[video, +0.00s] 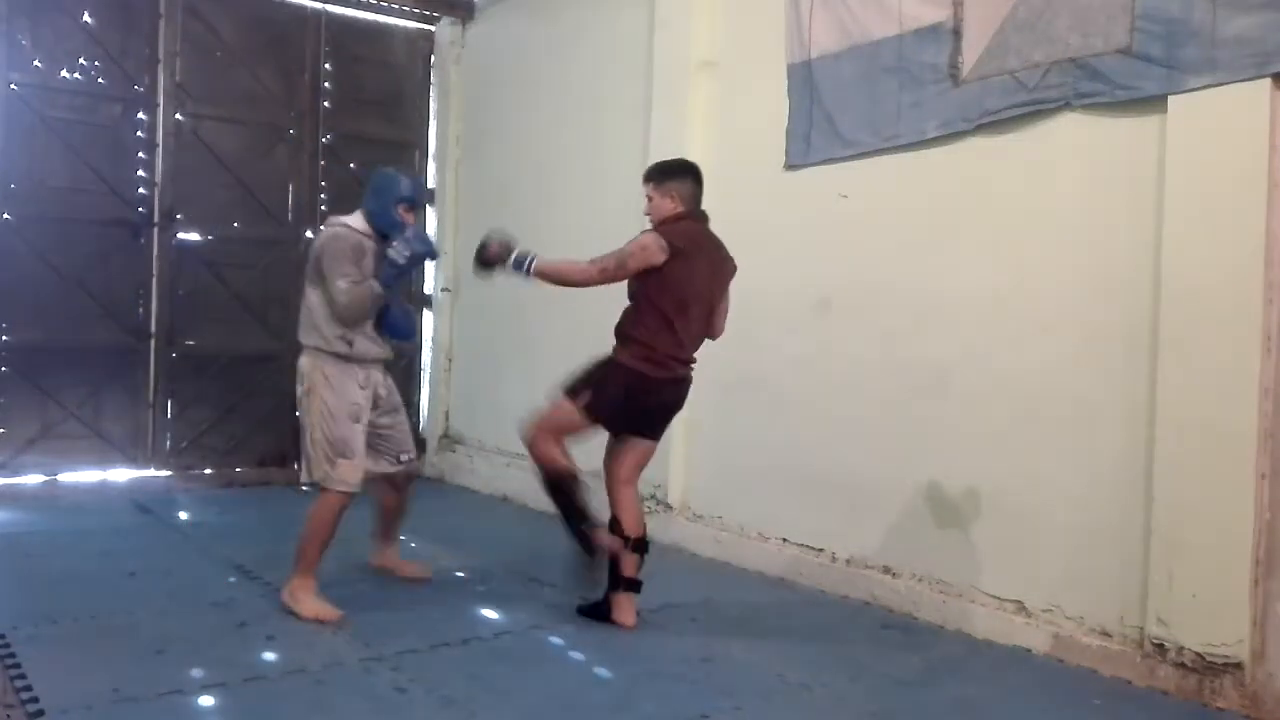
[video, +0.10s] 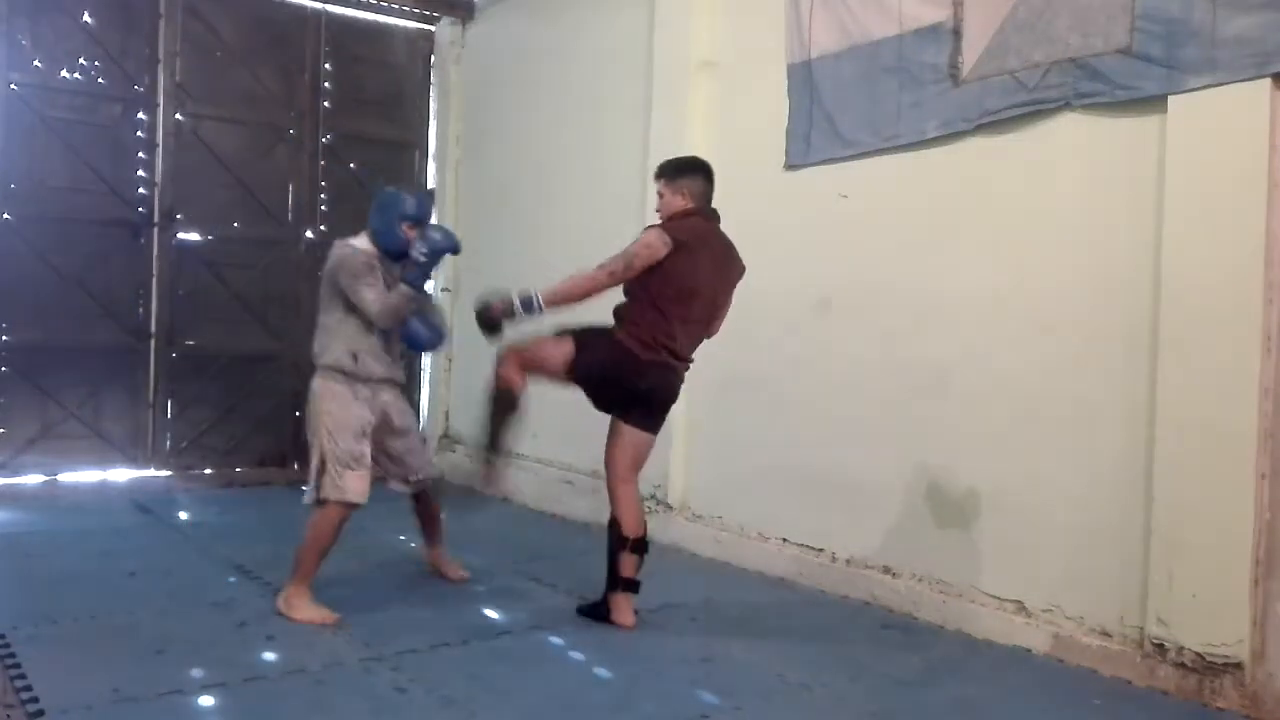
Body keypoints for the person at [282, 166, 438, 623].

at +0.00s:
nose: (409, 217)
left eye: (413, 209)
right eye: (404, 206)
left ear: (406, 211)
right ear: (379, 203)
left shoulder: (387, 246)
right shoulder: (341, 236)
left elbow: (381, 311)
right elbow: (347, 305)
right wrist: (392, 271)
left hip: (372, 368)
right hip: (331, 368)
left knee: (400, 467)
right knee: (342, 479)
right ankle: (300, 584)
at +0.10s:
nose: (417, 236)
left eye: (421, 228)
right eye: (412, 225)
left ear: (414, 231)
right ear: (386, 222)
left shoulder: (398, 268)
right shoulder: (349, 255)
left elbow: (430, 329)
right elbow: (382, 313)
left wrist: (420, 332)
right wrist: (419, 269)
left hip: (386, 390)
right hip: (340, 387)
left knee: (421, 478)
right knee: (344, 490)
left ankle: (436, 554)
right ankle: (296, 591)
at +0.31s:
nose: (442, 227)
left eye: (448, 220)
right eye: (436, 217)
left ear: (452, 225)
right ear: (414, 214)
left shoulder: (451, 265)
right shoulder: (377, 252)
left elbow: (456, 327)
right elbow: (368, 316)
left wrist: (402, 331)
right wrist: (427, 320)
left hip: (429, 382)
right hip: (377, 378)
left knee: (441, 472)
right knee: (349, 472)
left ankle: (436, 554)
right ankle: (320, 559)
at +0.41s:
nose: (448, 225)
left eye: (454, 219)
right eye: (442, 215)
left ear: (458, 224)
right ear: (421, 213)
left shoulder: (458, 266)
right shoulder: (383, 251)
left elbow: (455, 323)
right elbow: (355, 303)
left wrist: (434, 314)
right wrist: (391, 301)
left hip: (436, 382)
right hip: (385, 379)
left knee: (450, 465)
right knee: (367, 461)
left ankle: (443, 546)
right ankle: (355, 531)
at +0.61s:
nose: (448, 257)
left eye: (454, 250)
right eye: (440, 248)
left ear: (461, 255)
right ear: (423, 250)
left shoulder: (469, 299)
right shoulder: (397, 292)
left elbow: (482, 348)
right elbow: (384, 345)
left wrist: (463, 376)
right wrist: (419, 339)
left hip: (451, 407)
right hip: (408, 404)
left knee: (453, 483)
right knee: (385, 477)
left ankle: (455, 543)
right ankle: (392, 530)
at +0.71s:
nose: (461, 245)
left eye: (467, 238)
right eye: (453, 237)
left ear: (476, 242)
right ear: (438, 240)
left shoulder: (487, 281)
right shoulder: (415, 279)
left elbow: (508, 327)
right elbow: (398, 327)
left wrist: (490, 355)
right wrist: (428, 331)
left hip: (476, 390)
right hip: (432, 389)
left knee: (483, 463)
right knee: (410, 461)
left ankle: (480, 533)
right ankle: (400, 523)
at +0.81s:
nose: (484, 238)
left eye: (491, 230)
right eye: (477, 230)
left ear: (500, 234)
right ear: (464, 233)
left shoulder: (514, 273)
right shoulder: (445, 271)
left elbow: (540, 316)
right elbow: (423, 317)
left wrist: (526, 340)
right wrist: (450, 307)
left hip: (505, 381)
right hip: (458, 380)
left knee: (520, 458)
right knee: (432, 457)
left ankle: (526, 540)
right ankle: (442, 516)